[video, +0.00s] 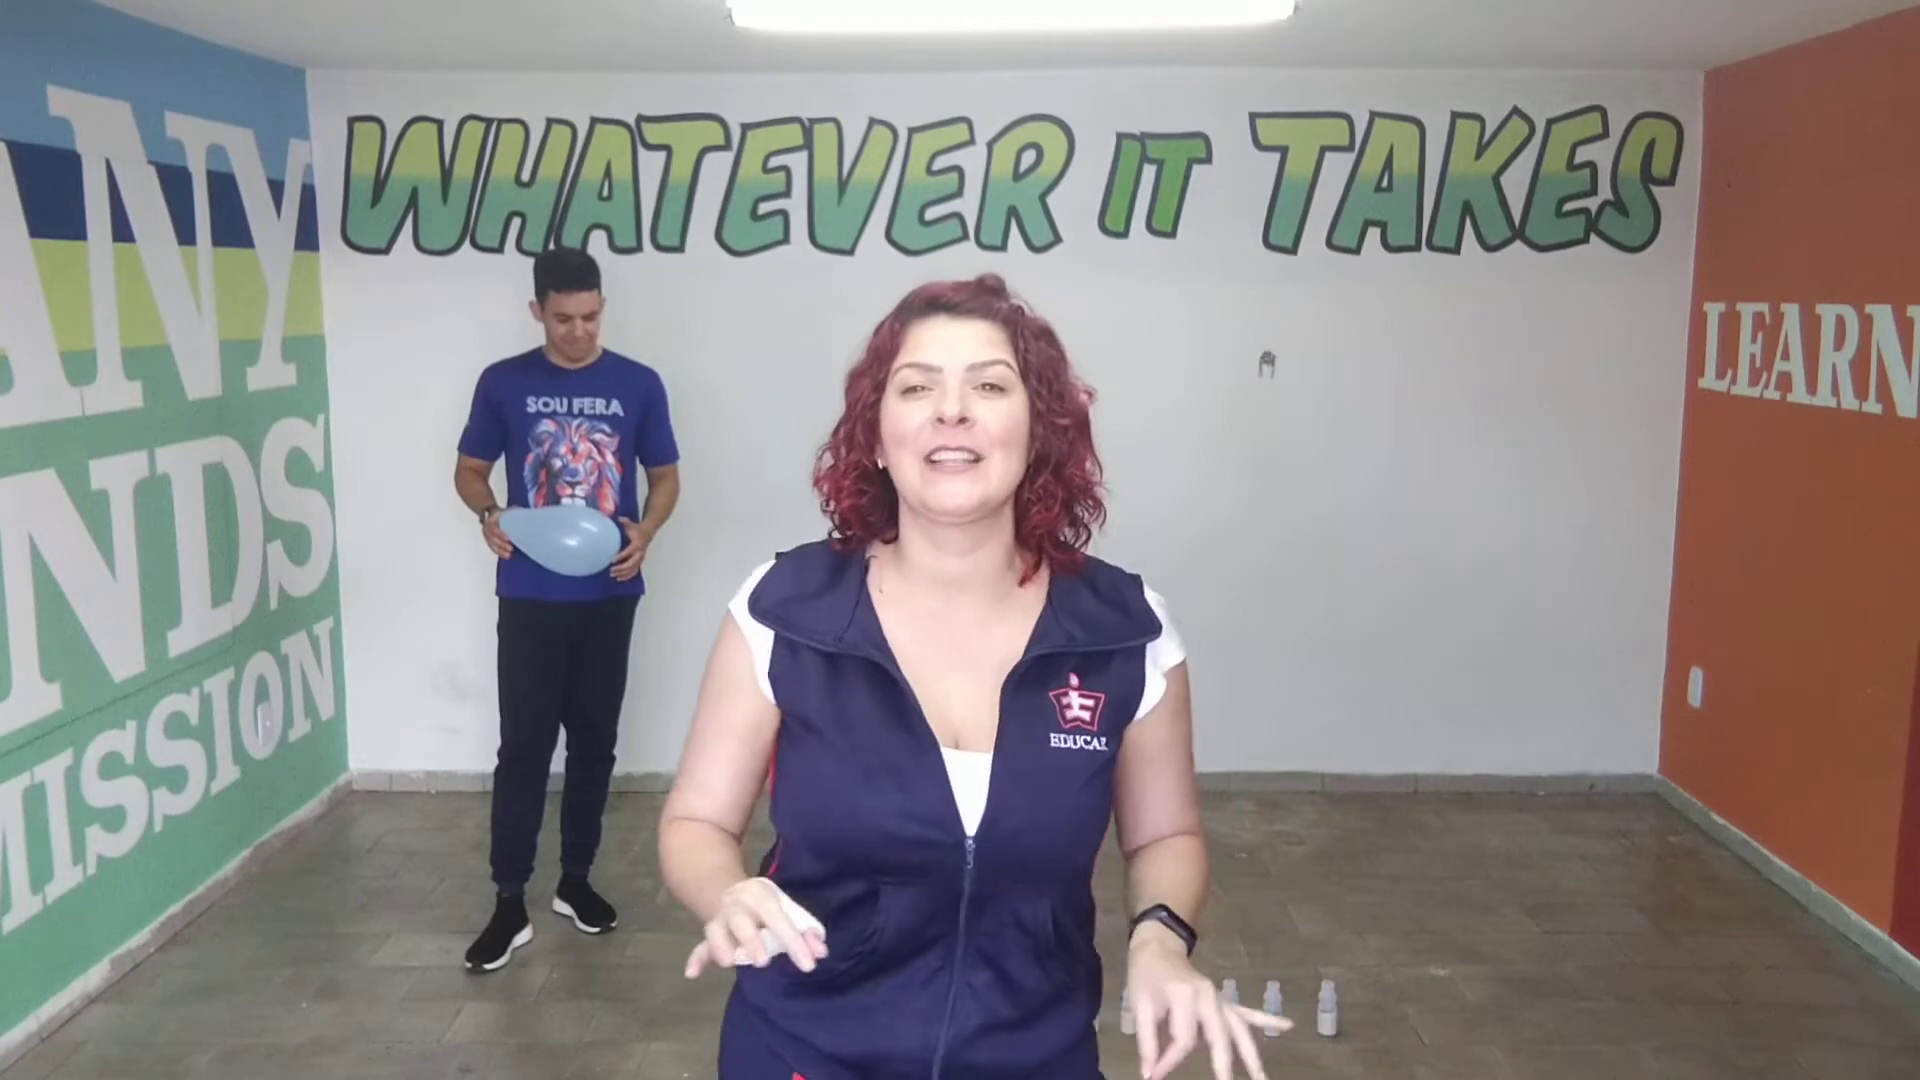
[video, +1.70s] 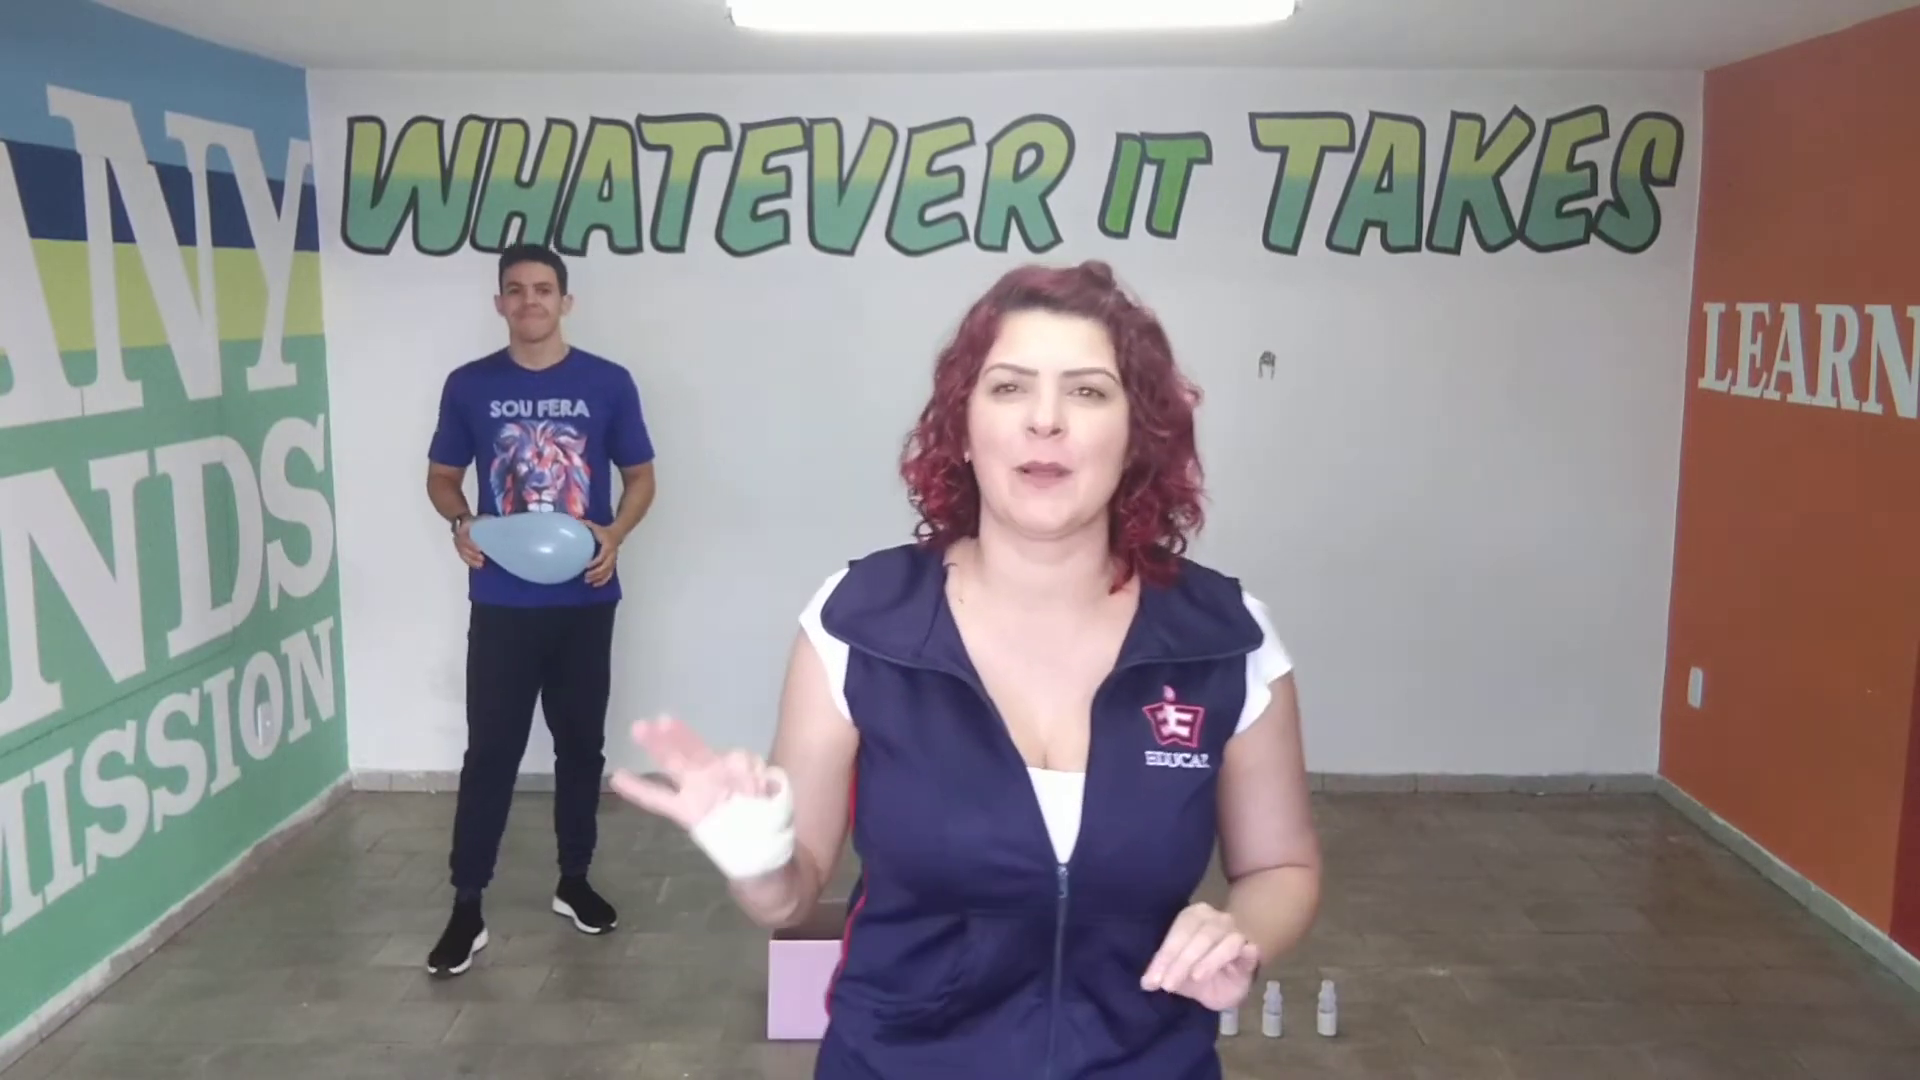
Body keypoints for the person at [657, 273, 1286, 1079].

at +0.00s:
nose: (953, 412)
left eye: (991, 386)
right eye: (919, 388)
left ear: (1039, 426)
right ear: (875, 429)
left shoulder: (1123, 625)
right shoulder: (788, 605)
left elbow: (1165, 833)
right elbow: (697, 817)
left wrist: (1160, 940)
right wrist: (725, 892)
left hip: (1032, 1055)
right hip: (813, 1051)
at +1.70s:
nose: (1044, 421)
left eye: (1086, 391)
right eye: (1009, 387)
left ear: (1139, 427)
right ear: (961, 418)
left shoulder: (1222, 635)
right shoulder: (860, 618)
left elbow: (1280, 868)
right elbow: (794, 902)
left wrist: (1236, 937)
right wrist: (753, 851)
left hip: (1140, 1057)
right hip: (908, 1057)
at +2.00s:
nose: (1117, 413)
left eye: (1163, 381)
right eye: (1083, 374)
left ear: (1218, 417)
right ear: (1035, 402)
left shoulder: (1309, 637)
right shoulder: (935, 609)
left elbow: (1390, 890)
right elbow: (858, 889)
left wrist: (1332, 958)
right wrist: (782, 810)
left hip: (1215, 1061)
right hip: (970, 1060)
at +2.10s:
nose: (1135, 419)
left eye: (1183, 387)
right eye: (1103, 380)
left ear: (1241, 424)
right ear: (1056, 406)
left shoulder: (1333, 643)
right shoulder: (956, 609)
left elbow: (1412, 901)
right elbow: (880, 888)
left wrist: (1351, 965)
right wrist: (798, 831)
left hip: (1235, 1057)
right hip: (994, 1056)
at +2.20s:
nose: (1153, 423)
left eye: (1201, 391)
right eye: (1120, 383)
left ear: (1260, 430)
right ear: (1071, 408)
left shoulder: (1354, 648)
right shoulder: (971, 617)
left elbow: (1424, 902)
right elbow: (904, 900)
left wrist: (1363, 969)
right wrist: (843, 848)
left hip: (1257, 1063)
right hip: (1011, 1061)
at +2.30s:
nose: (1166, 431)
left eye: (1214, 397)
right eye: (1132, 390)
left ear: (1275, 435)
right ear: (1084, 416)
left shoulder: (1372, 654)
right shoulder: (983, 625)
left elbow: (1439, 907)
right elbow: (919, 906)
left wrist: (1374, 982)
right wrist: (868, 866)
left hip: (1267, 1059)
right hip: (1023, 1058)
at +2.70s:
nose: (1214, 423)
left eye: (1261, 389)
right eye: (1177, 387)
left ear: (1321, 430)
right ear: (1129, 420)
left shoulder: (1415, 654)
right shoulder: (1024, 629)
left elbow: (1476, 903)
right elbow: (946, 927)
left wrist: (1439, 975)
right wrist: (918, 875)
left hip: (1319, 1064)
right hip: (1063, 1063)